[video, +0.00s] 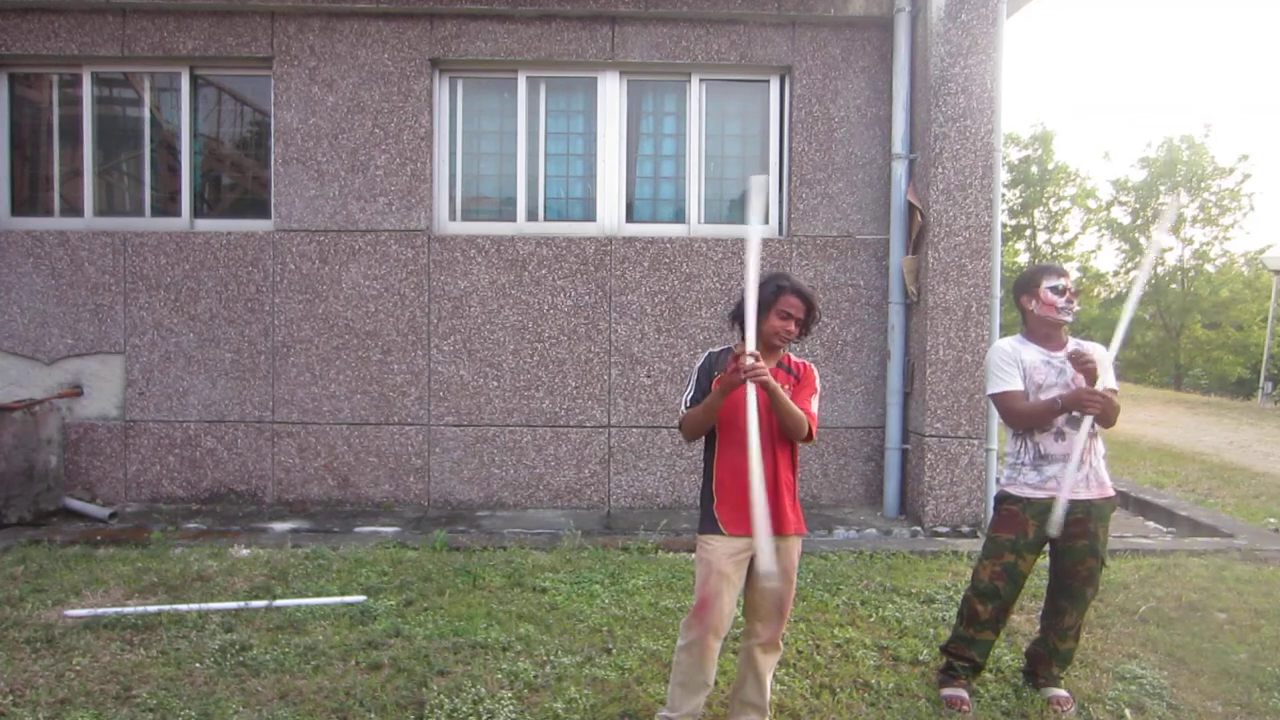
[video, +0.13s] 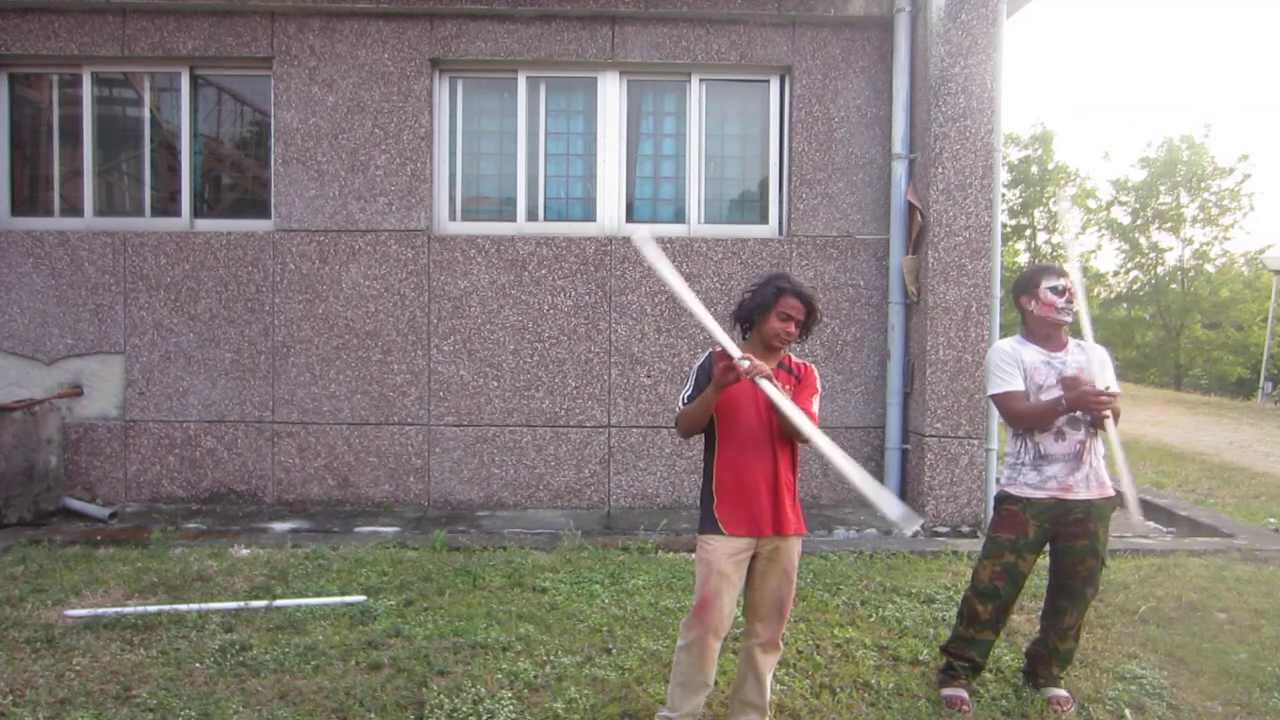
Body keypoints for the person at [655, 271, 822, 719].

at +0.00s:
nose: (791, 327)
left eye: (799, 321)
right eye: (783, 315)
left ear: (802, 327)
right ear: (756, 312)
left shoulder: (802, 372)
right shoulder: (718, 362)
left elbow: (803, 432)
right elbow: (689, 429)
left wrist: (771, 385)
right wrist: (722, 390)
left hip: (782, 520)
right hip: (725, 518)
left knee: (767, 635)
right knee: (707, 622)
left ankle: (749, 714)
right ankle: (678, 714)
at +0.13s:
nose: (791, 329)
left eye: (798, 323)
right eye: (783, 317)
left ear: (802, 328)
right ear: (755, 314)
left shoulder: (802, 373)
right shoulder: (717, 363)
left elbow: (803, 433)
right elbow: (685, 427)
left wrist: (771, 381)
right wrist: (719, 385)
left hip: (783, 520)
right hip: (725, 519)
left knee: (767, 635)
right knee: (707, 623)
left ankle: (750, 715)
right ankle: (678, 714)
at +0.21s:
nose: (791, 330)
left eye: (798, 324)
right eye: (783, 318)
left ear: (802, 329)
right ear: (756, 314)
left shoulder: (802, 372)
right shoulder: (717, 363)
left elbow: (806, 432)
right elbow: (683, 426)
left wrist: (770, 381)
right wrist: (716, 389)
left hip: (782, 520)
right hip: (725, 519)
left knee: (767, 634)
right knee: (707, 623)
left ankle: (750, 714)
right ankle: (678, 714)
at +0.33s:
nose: (790, 330)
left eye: (799, 324)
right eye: (783, 318)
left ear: (803, 328)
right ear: (756, 315)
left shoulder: (803, 372)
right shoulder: (718, 362)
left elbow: (807, 429)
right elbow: (685, 427)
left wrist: (769, 376)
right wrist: (720, 389)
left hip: (782, 520)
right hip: (725, 520)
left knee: (767, 634)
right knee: (707, 624)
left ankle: (750, 715)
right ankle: (678, 714)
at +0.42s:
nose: (790, 330)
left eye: (798, 324)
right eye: (784, 318)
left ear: (802, 331)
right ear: (755, 316)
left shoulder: (803, 372)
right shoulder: (719, 362)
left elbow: (807, 429)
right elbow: (687, 428)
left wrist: (769, 374)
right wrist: (718, 390)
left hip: (782, 521)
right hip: (725, 520)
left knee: (767, 635)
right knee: (707, 624)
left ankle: (750, 715)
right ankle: (678, 714)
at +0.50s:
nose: (789, 330)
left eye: (797, 324)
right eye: (782, 318)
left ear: (802, 330)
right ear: (756, 316)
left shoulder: (803, 372)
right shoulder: (719, 362)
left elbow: (806, 429)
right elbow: (686, 428)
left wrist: (768, 373)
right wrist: (719, 395)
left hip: (782, 520)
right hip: (725, 519)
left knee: (767, 634)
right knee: (707, 623)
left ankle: (750, 714)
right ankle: (678, 714)